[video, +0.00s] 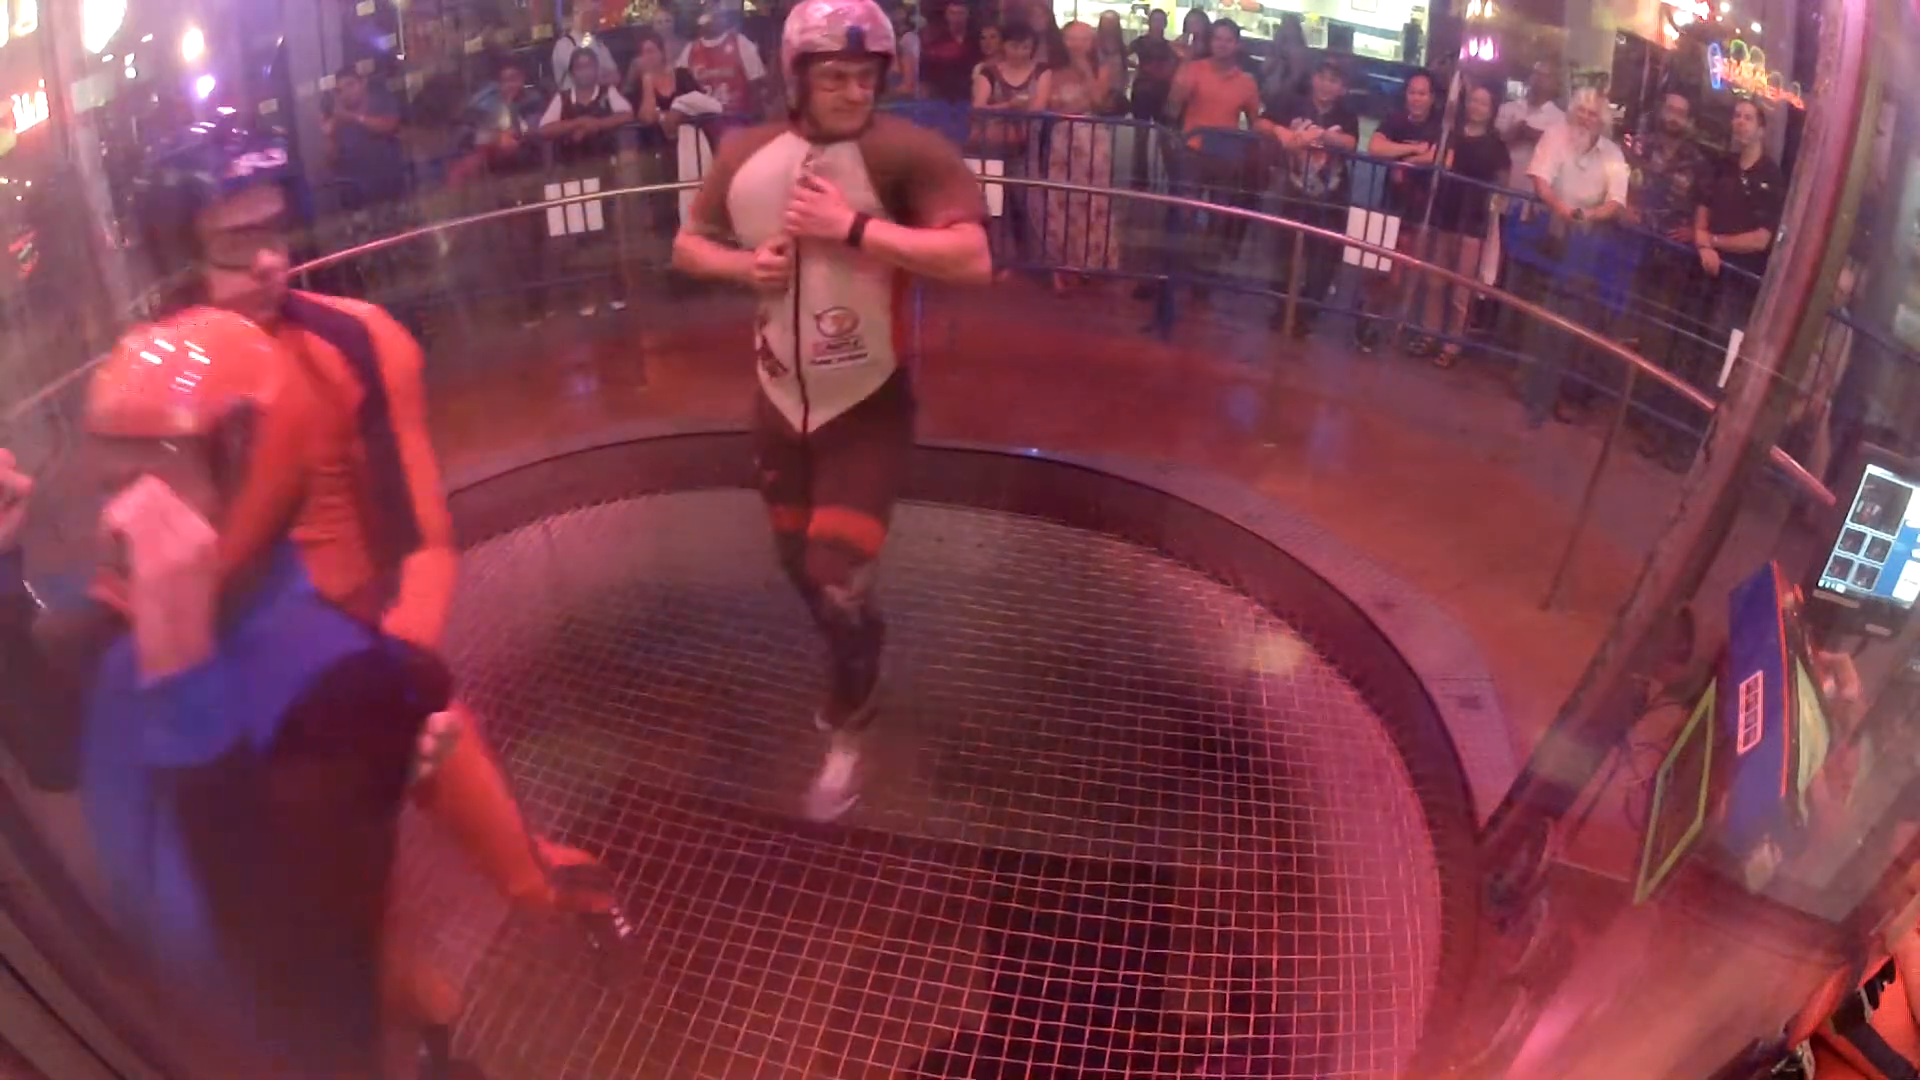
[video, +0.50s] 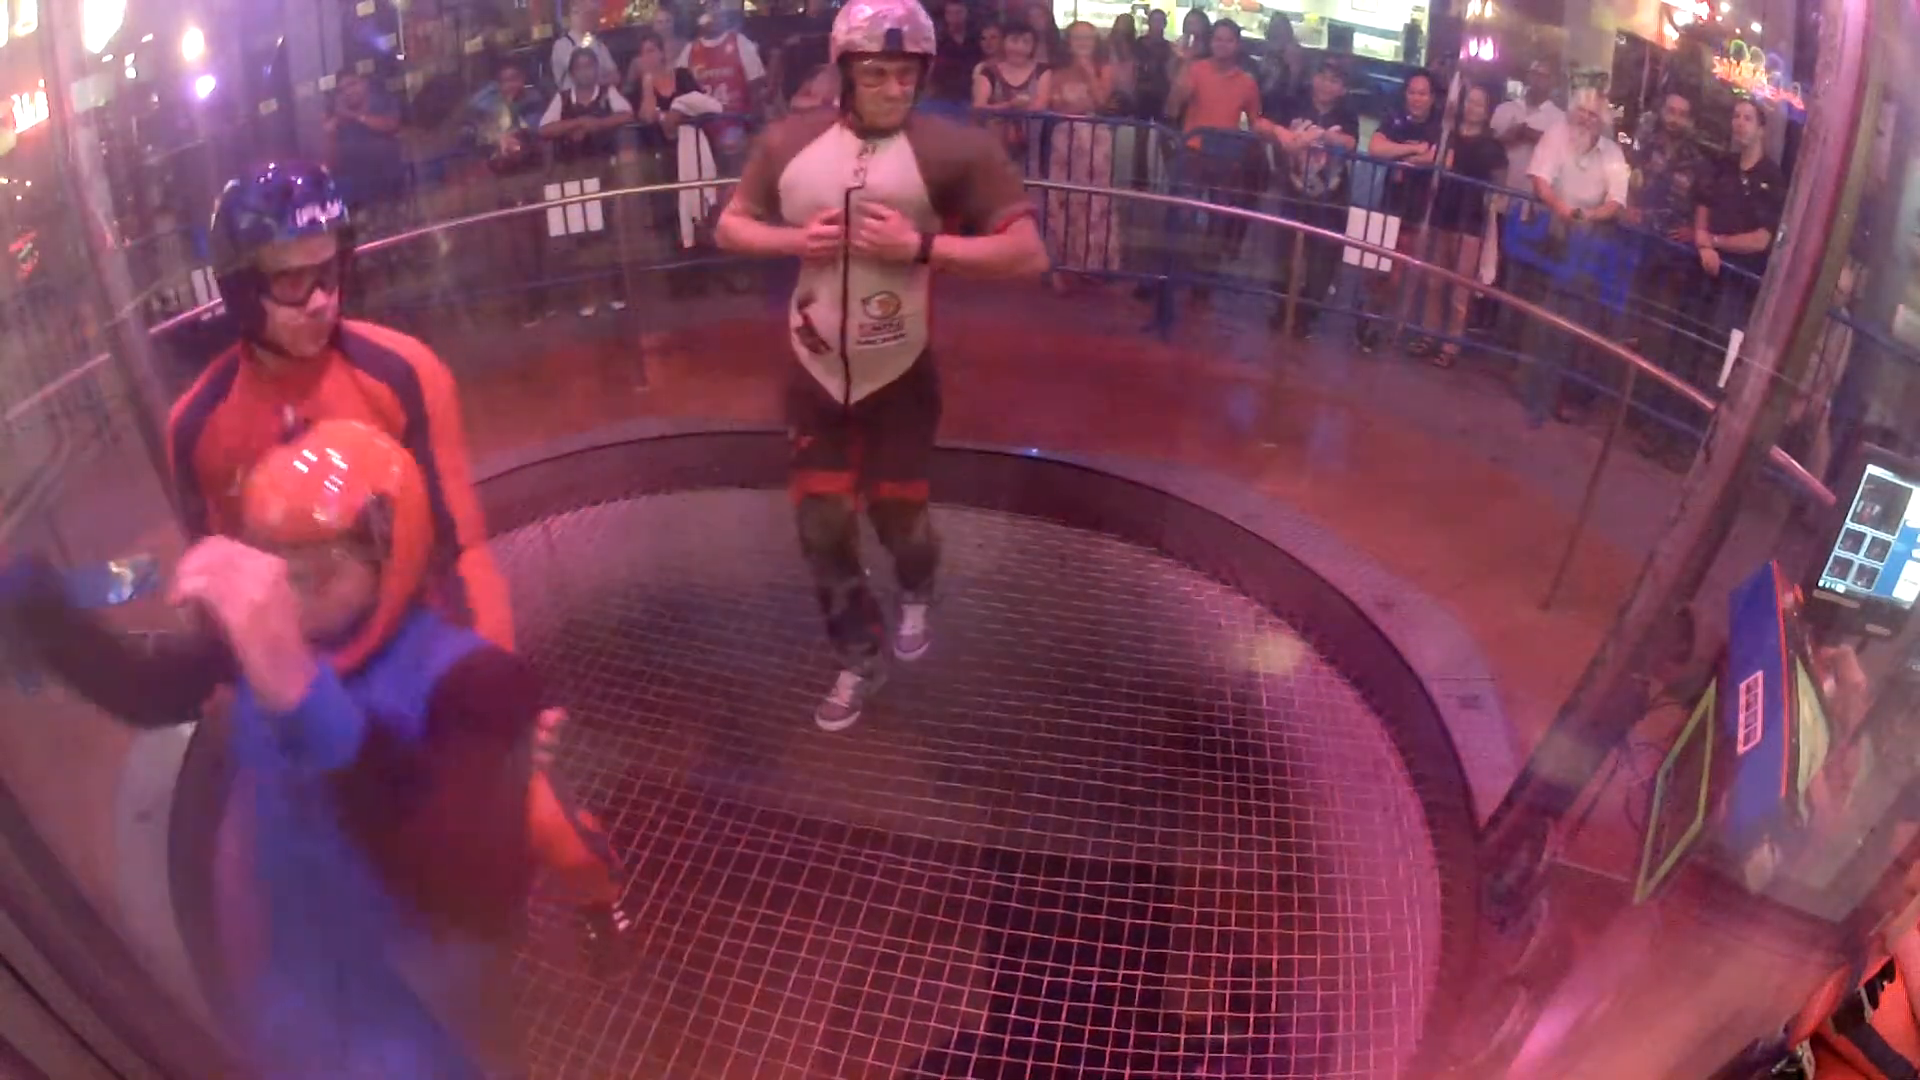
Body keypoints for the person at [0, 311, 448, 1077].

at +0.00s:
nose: (123, 502)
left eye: (159, 467)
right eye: (111, 464)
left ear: (241, 470)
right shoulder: (119, 648)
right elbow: (49, 757)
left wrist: (184, 664)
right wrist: (3, 566)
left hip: (282, 1062)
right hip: (156, 1035)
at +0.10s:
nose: (169, 519)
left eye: (201, 494)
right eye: (156, 490)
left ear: (284, 485)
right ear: (141, 484)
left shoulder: (388, 677)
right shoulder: (151, 642)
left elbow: (342, 914)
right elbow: (75, 775)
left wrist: (220, 673)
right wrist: (8, 579)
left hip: (327, 1056)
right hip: (192, 1036)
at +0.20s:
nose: (210, 520)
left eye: (245, 494)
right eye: (195, 490)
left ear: (325, 499)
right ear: (171, 495)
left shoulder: (411, 672)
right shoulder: (171, 648)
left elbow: (362, 892)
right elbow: (95, 786)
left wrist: (236, 659)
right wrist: (10, 601)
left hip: (350, 1055)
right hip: (218, 1044)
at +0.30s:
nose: (232, 532)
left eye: (264, 509)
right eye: (215, 506)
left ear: (346, 509)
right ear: (193, 506)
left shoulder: (426, 669)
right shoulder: (196, 649)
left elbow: (406, 910)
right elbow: (100, 761)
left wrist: (246, 666)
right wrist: (11, 618)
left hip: (376, 1057)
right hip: (236, 1042)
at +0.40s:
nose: (256, 554)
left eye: (286, 528)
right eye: (233, 528)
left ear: (362, 529)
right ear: (209, 535)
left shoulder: (442, 673)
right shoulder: (227, 653)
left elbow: (429, 896)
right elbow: (106, 724)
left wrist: (265, 682)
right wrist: (9, 615)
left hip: (391, 1053)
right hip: (253, 1035)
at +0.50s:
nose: (294, 590)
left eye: (323, 566)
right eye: (278, 565)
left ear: (394, 556)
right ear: (250, 561)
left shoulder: (470, 682)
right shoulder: (266, 649)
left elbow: (477, 891)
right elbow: (143, 683)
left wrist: (300, 692)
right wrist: (21, 592)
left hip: (421, 1046)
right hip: (282, 1036)